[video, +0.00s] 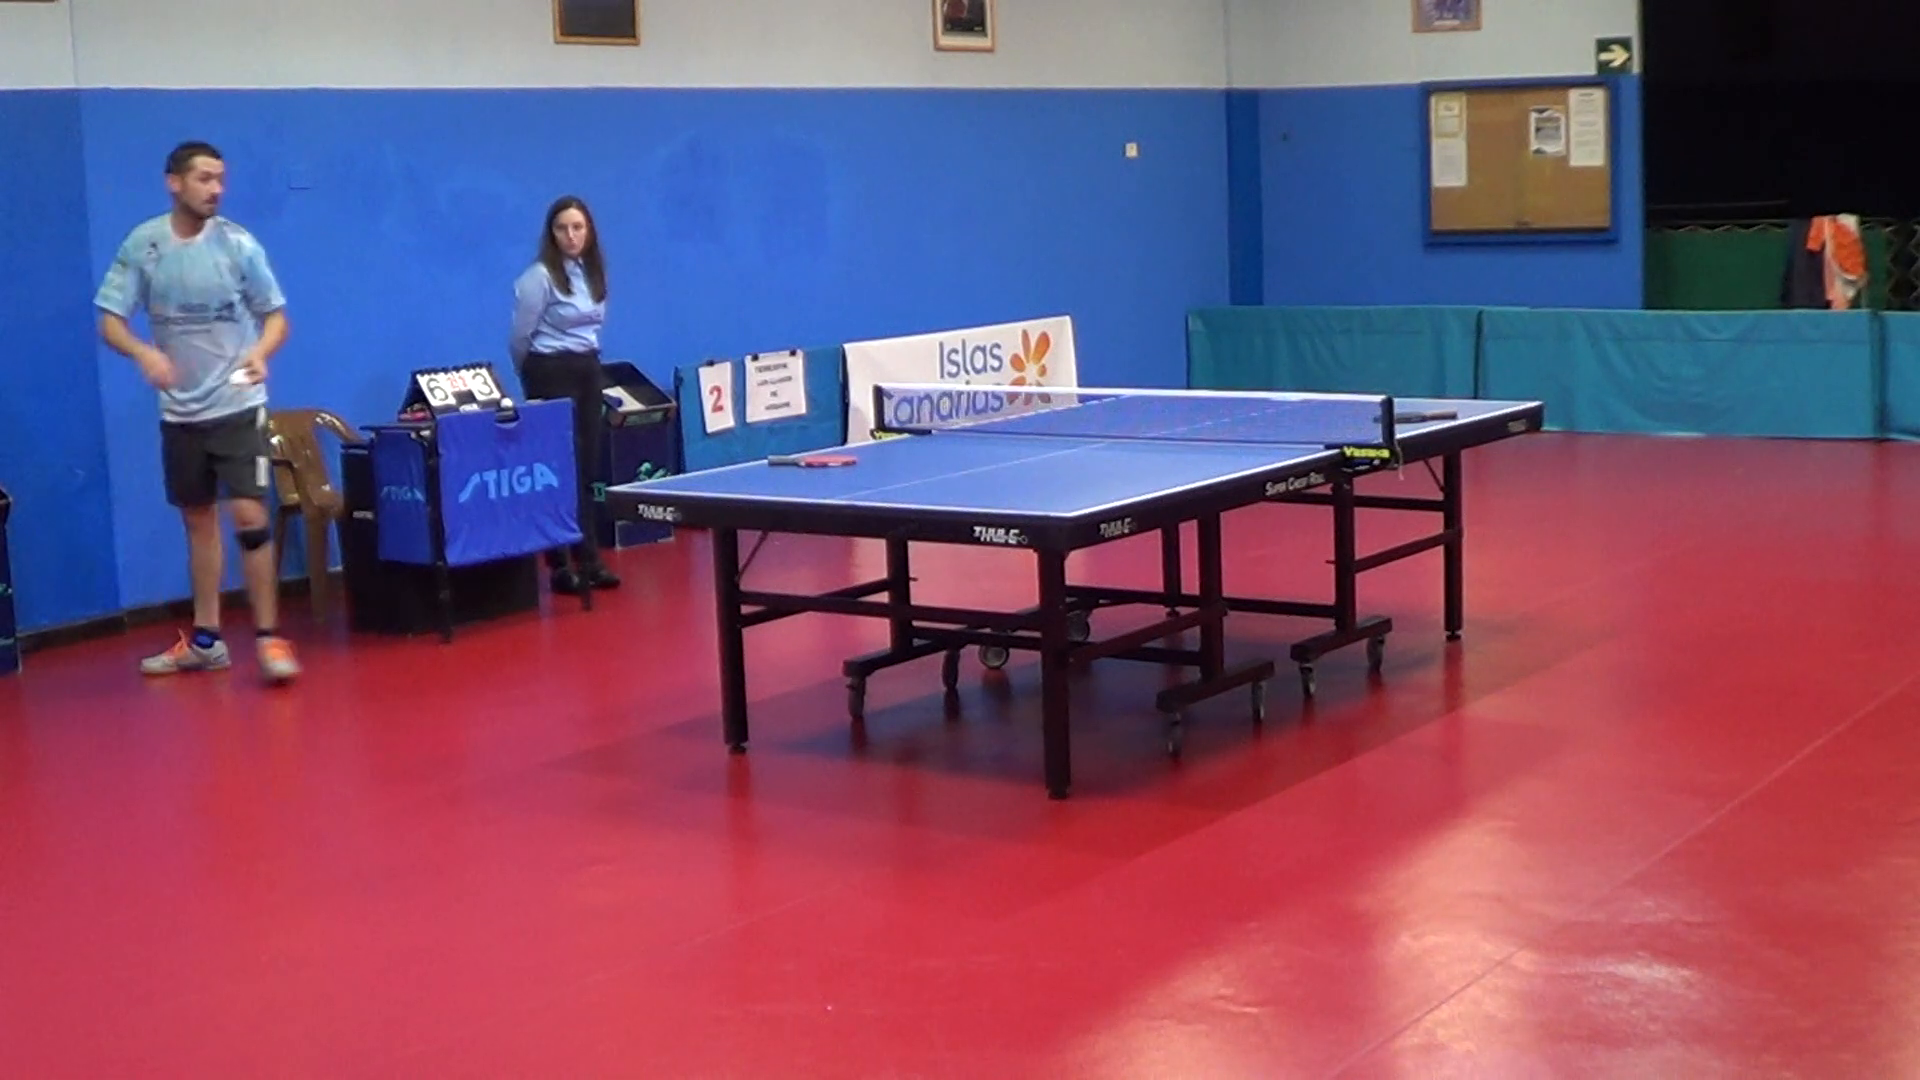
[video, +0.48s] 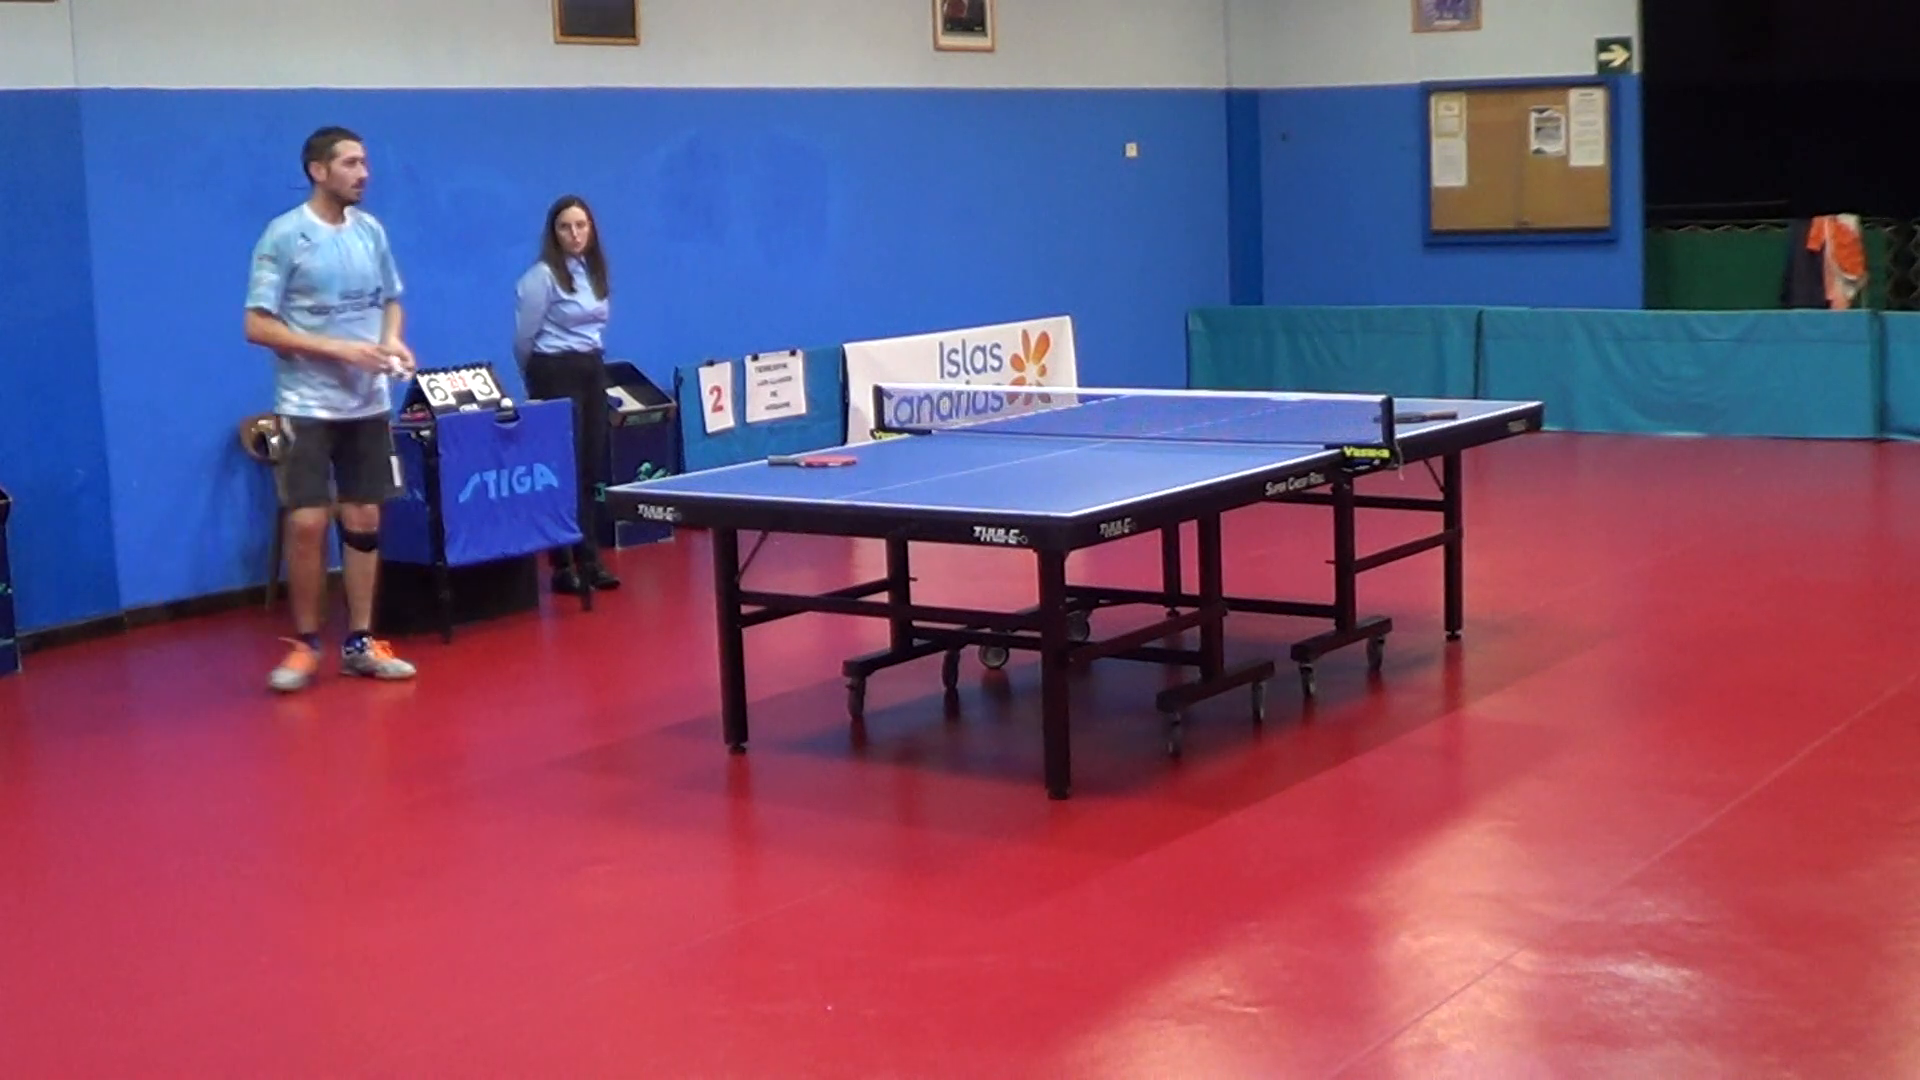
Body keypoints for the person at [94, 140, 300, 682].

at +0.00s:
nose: (215, 188)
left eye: (220, 179)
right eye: (204, 178)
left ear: (222, 185)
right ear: (174, 183)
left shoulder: (239, 244)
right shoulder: (143, 244)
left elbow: (277, 318)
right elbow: (108, 321)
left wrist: (259, 352)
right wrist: (145, 355)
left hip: (239, 403)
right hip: (180, 410)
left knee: (250, 518)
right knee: (198, 521)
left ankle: (269, 639)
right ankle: (206, 639)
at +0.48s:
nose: (363, 172)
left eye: (364, 163)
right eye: (351, 164)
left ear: (357, 170)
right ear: (318, 171)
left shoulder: (371, 229)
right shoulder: (283, 235)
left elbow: (391, 302)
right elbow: (257, 325)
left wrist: (392, 341)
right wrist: (341, 349)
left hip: (367, 404)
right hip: (307, 405)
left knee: (364, 522)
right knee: (307, 523)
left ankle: (361, 643)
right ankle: (305, 645)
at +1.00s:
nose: (450, 168)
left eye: (451, 158)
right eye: (438, 161)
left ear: (450, 164)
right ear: (404, 170)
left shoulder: (460, 224)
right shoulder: (380, 241)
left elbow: (479, 297)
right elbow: (359, 339)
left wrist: (495, 330)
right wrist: (448, 350)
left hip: (476, 400)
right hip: (421, 412)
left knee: (491, 528)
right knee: (444, 536)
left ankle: (402, 603)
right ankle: (475, 669)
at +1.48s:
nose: (569, 181)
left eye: (570, 170)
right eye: (558, 171)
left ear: (557, 173)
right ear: (520, 172)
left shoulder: (570, 237)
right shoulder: (479, 243)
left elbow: (585, 322)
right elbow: (441, 338)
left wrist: (623, 349)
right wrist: (526, 354)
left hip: (579, 424)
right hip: (507, 433)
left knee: (613, 542)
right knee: (497, 548)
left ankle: (659, 678)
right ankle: (485, 669)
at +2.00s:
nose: (704, 189)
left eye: (710, 179)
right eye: (698, 176)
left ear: (690, 171)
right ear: (664, 162)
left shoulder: (696, 234)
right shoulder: (587, 214)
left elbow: (716, 332)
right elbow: (516, 280)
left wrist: (758, 419)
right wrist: (559, 334)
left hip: (672, 417)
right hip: (597, 412)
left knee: (664, 548)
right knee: (593, 550)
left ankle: (672, 690)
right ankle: (624, 672)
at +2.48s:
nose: (681, 185)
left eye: (686, 173)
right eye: (676, 171)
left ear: (661, 167)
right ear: (639, 159)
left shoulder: (668, 232)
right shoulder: (569, 216)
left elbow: (677, 325)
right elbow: (496, 293)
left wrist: (725, 361)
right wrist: (564, 327)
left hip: (659, 417)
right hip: (587, 416)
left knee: (660, 550)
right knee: (571, 552)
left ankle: (672, 692)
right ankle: (533, 685)